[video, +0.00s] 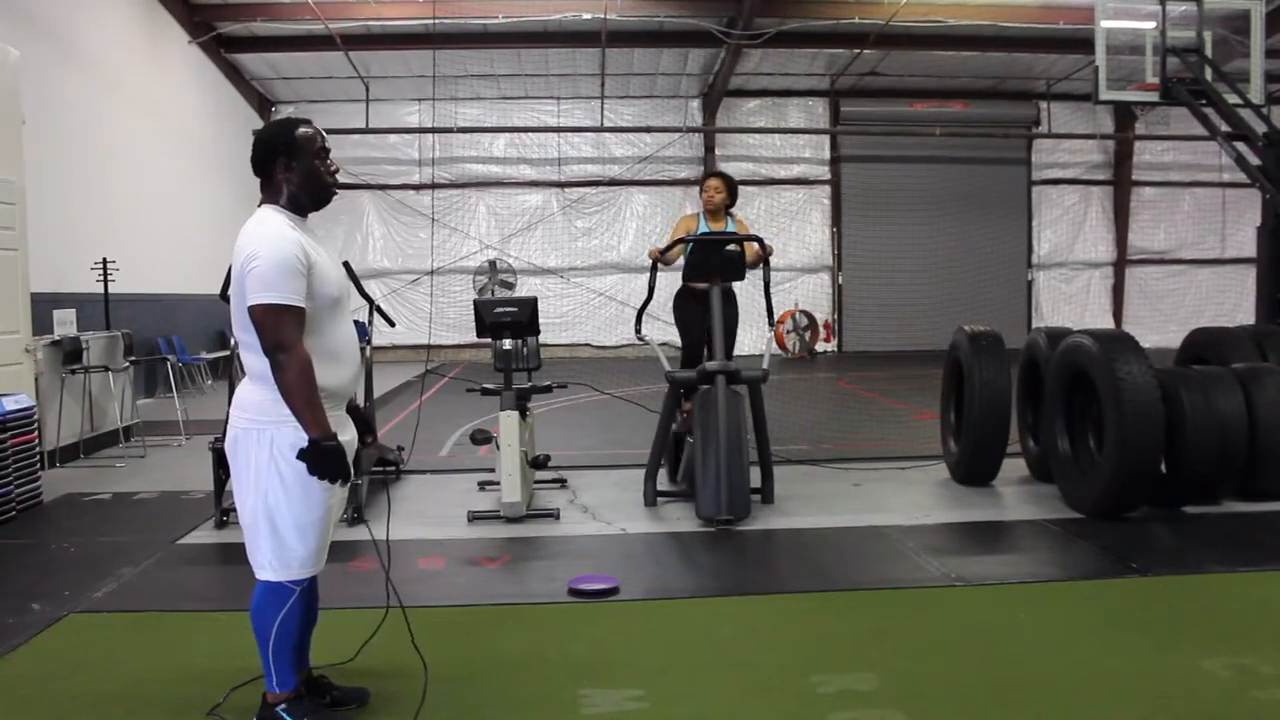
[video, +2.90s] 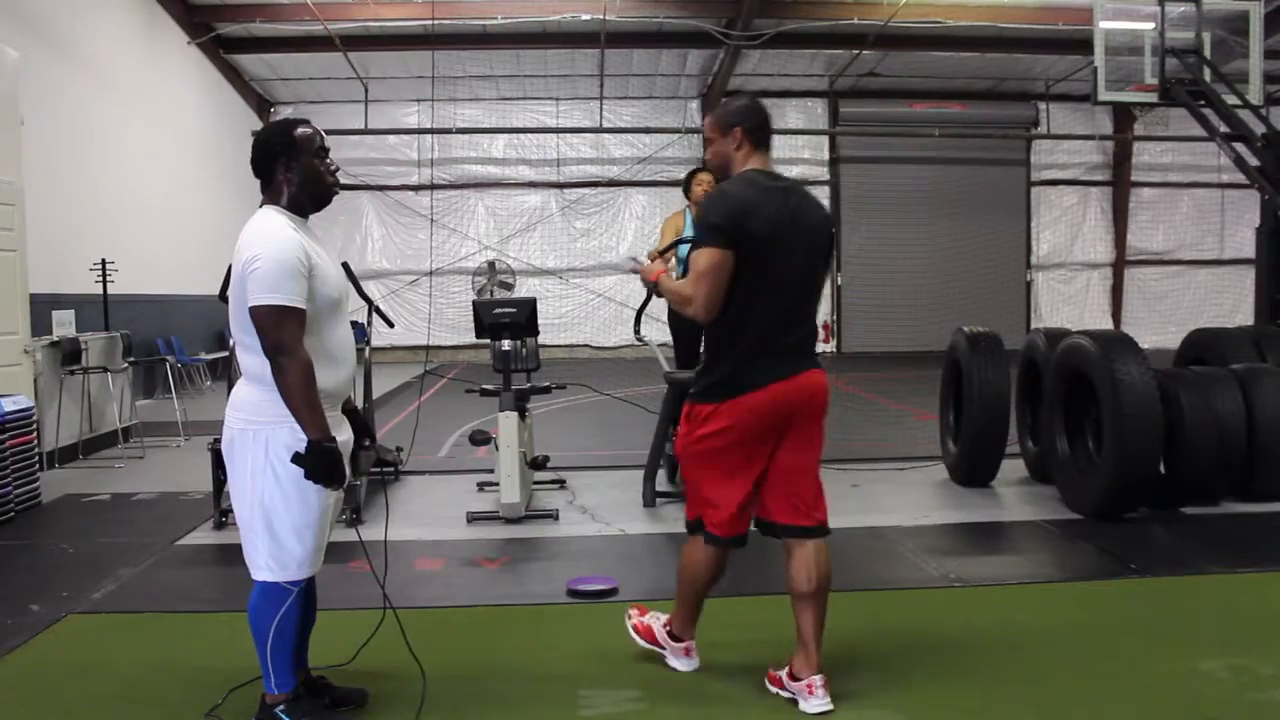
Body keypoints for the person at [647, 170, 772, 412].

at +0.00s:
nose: (709, 196)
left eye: (717, 192)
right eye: (705, 191)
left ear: (728, 198)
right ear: (701, 195)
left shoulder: (737, 225)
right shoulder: (688, 223)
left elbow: (748, 260)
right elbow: (672, 257)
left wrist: (760, 254)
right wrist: (660, 255)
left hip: (724, 297)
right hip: (691, 298)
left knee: (722, 356)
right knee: (693, 351)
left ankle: (721, 409)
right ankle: (687, 405)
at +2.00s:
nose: (707, 190)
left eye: (714, 186)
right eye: (704, 184)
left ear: (727, 193)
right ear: (699, 188)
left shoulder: (736, 221)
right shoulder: (687, 217)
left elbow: (752, 254)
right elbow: (671, 251)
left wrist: (738, 252)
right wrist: (660, 254)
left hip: (722, 292)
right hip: (689, 293)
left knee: (723, 355)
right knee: (689, 355)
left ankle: (722, 409)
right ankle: (682, 409)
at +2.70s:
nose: (692, 196)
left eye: (697, 191)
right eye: (687, 191)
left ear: (706, 197)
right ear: (677, 196)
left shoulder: (717, 224)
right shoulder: (668, 227)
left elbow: (726, 256)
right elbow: (658, 259)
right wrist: (657, 257)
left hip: (713, 300)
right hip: (681, 301)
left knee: (724, 360)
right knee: (684, 367)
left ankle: (722, 422)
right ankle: (681, 427)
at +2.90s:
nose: (706, 188)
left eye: (710, 184)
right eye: (699, 184)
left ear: (717, 189)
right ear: (688, 191)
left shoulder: (724, 220)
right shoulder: (676, 221)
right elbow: (662, 257)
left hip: (718, 294)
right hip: (685, 293)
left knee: (718, 359)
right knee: (687, 360)